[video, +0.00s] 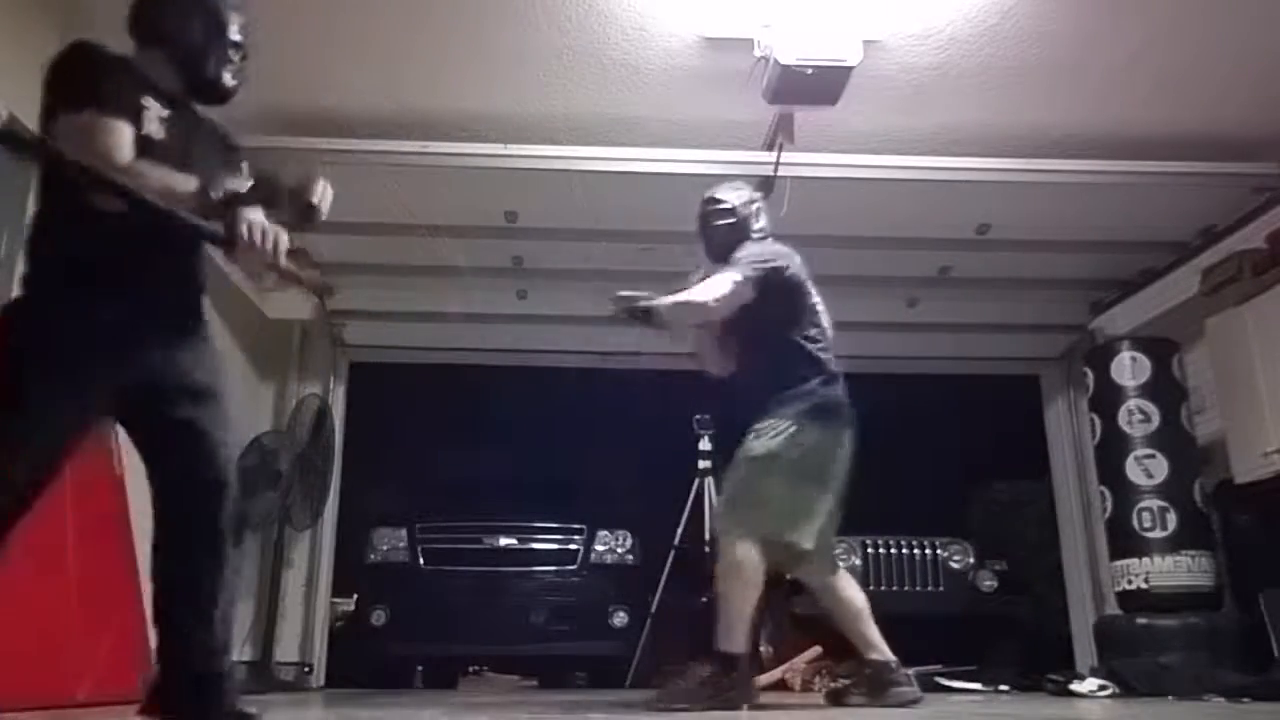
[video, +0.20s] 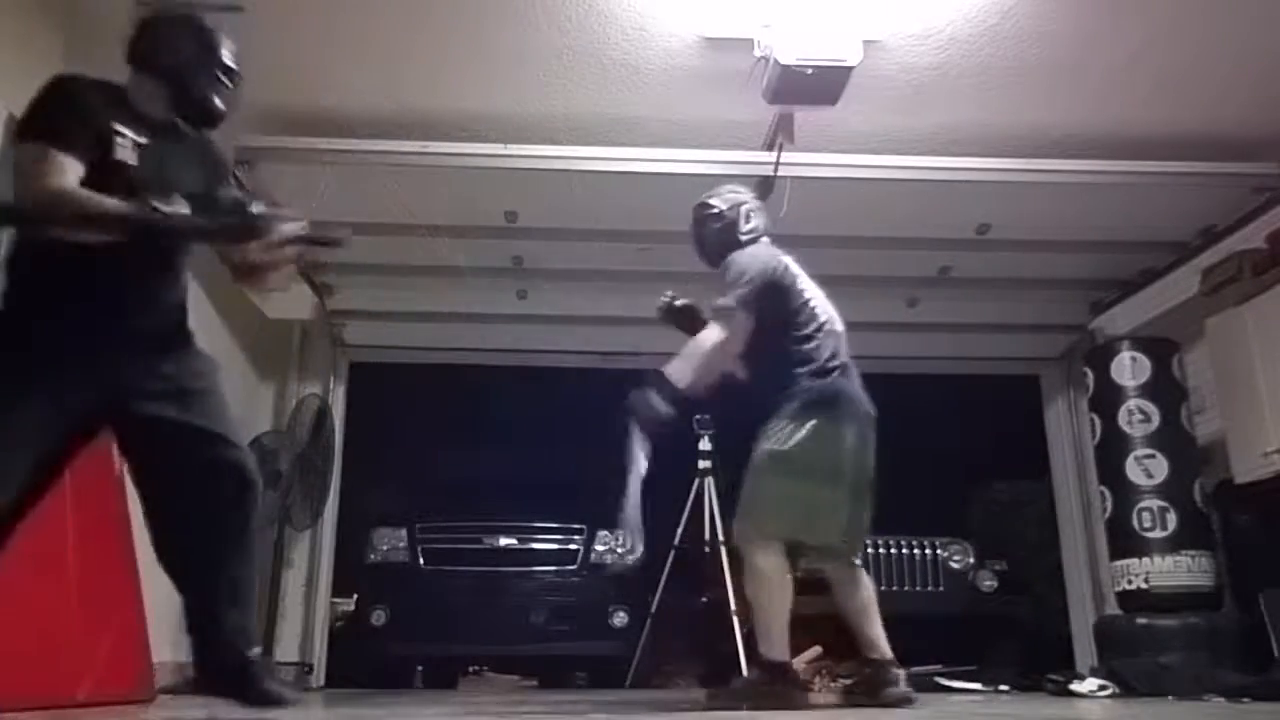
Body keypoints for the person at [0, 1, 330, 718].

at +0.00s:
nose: (238, 49)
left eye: (241, 37)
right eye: (224, 30)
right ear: (167, 22)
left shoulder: (212, 142)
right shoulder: (92, 66)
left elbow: (240, 217)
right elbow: (104, 162)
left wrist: (285, 210)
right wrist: (218, 203)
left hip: (173, 345)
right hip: (66, 336)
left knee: (206, 497)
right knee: (9, 493)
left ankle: (195, 692)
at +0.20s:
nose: (232, 86)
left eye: (234, 74)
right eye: (221, 69)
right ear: (169, 58)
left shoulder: (203, 157)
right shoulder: (77, 100)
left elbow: (248, 266)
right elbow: (39, 197)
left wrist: (285, 246)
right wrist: (144, 217)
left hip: (160, 355)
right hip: (49, 350)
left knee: (224, 480)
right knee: (1, 490)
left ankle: (226, 659)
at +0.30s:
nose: (260, 117)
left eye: (265, 106)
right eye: (251, 97)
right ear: (209, 81)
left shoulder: (230, 185)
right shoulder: (110, 111)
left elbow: (283, 285)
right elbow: (12, 142)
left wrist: (336, 266)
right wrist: (72, 169)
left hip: (170, 367)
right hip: (60, 348)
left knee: (229, 493)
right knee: (9, 492)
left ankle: (247, 660)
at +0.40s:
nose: (294, 150)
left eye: (296, 138)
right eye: (286, 130)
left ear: (253, 137)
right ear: (249, 119)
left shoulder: (259, 215)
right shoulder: (150, 126)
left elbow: (335, 296)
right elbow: (23, 115)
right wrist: (134, 96)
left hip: (177, 378)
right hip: (74, 356)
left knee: (242, 502)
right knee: (6, 478)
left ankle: (259, 672)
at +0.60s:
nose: (295, 176)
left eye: (297, 164)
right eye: (289, 158)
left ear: (254, 157)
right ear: (256, 145)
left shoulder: (259, 246)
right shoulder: (160, 148)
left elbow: (272, 352)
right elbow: (49, 79)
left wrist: (349, 389)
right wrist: (154, 42)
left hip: (189, 400)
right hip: (91, 383)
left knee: (265, 515)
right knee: (21, 528)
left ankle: (265, 686)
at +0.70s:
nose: (270, 122)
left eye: (274, 110)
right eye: (258, 100)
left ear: (260, 123)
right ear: (213, 89)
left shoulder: (221, 206)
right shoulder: (141, 129)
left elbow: (201, 325)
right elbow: (108, 82)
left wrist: (267, 380)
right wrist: (214, 47)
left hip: (178, 382)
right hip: (80, 364)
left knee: (240, 532)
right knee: (12, 532)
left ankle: (263, 685)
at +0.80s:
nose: (233, 109)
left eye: (238, 99)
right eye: (224, 94)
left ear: (228, 100)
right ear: (188, 81)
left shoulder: (192, 178)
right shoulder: (112, 105)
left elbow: (171, 284)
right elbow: (169, 125)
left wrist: (243, 315)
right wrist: (302, 101)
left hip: (163, 356)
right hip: (72, 343)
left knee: (216, 497)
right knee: (9, 497)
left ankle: (230, 676)